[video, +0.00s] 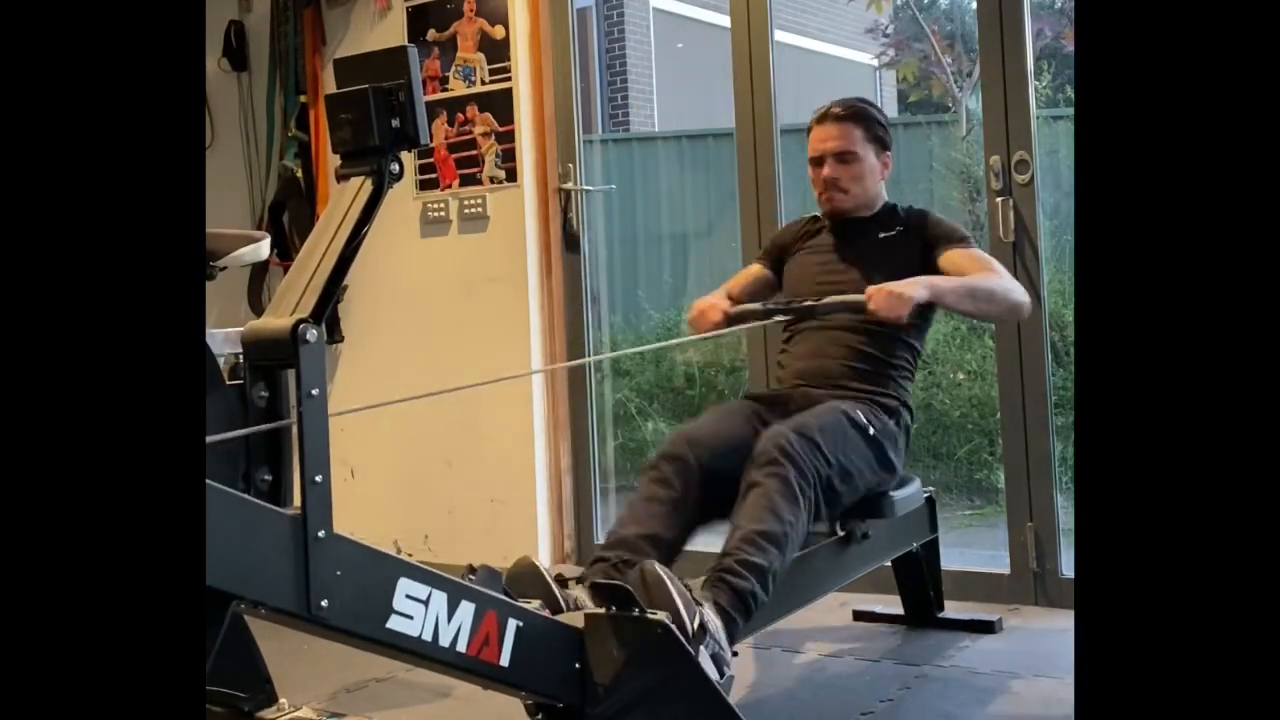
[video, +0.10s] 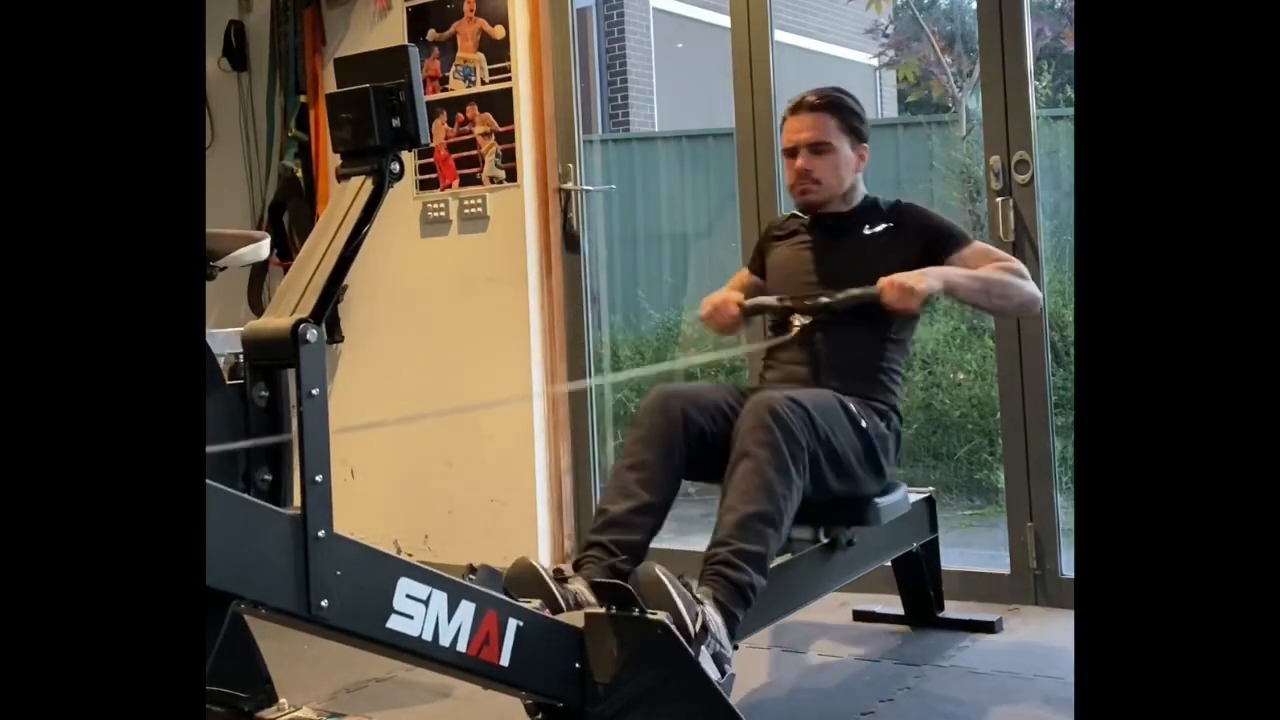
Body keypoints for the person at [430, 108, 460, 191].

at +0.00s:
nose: (446, 117)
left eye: (446, 115)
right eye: (445, 115)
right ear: (441, 115)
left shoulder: (443, 125)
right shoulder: (438, 123)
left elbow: (452, 133)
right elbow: (439, 138)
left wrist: (457, 122)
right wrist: (442, 150)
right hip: (440, 148)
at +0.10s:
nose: (446, 118)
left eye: (446, 115)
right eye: (445, 115)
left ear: (442, 116)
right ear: (441, 115)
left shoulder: (443, 125)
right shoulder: (438, 123)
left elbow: (453, 132)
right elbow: (439, 138)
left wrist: (457, 122)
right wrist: (442, 150)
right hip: (440, 148)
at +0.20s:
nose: (446, 118)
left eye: (446, 115)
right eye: (445, 115)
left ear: (442, 116)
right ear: (441, 115)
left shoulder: (443, 124)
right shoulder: (438, 123)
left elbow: (453, 132)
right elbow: (439, 138)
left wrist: (457, 122)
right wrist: (442, 150)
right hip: (440, 147)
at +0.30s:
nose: (446, 118)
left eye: (446, 116)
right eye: (445, 116)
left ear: (442, 116)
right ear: (441, 116)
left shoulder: (443, 125)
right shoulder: (438, 123)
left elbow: (453, 132)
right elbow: (439, 138)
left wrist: (457, 122)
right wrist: (442, 150)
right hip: (440, 147)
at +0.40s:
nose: (446, 118)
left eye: (446, 116)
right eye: (445, 116)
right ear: (441, 116)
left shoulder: (443, 125)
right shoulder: (437, 123)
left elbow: (453, 133)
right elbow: (439, 138)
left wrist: (457, 122)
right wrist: (442, 150)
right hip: (440, 148)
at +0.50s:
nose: (446, 118)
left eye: (446, 116)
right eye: (445, 116)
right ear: (441, 116)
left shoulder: (443, 125)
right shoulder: (437, 124)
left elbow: (453, 132)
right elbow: (439, 138)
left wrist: (457, 122)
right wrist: (442, 150)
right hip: (440, 148)